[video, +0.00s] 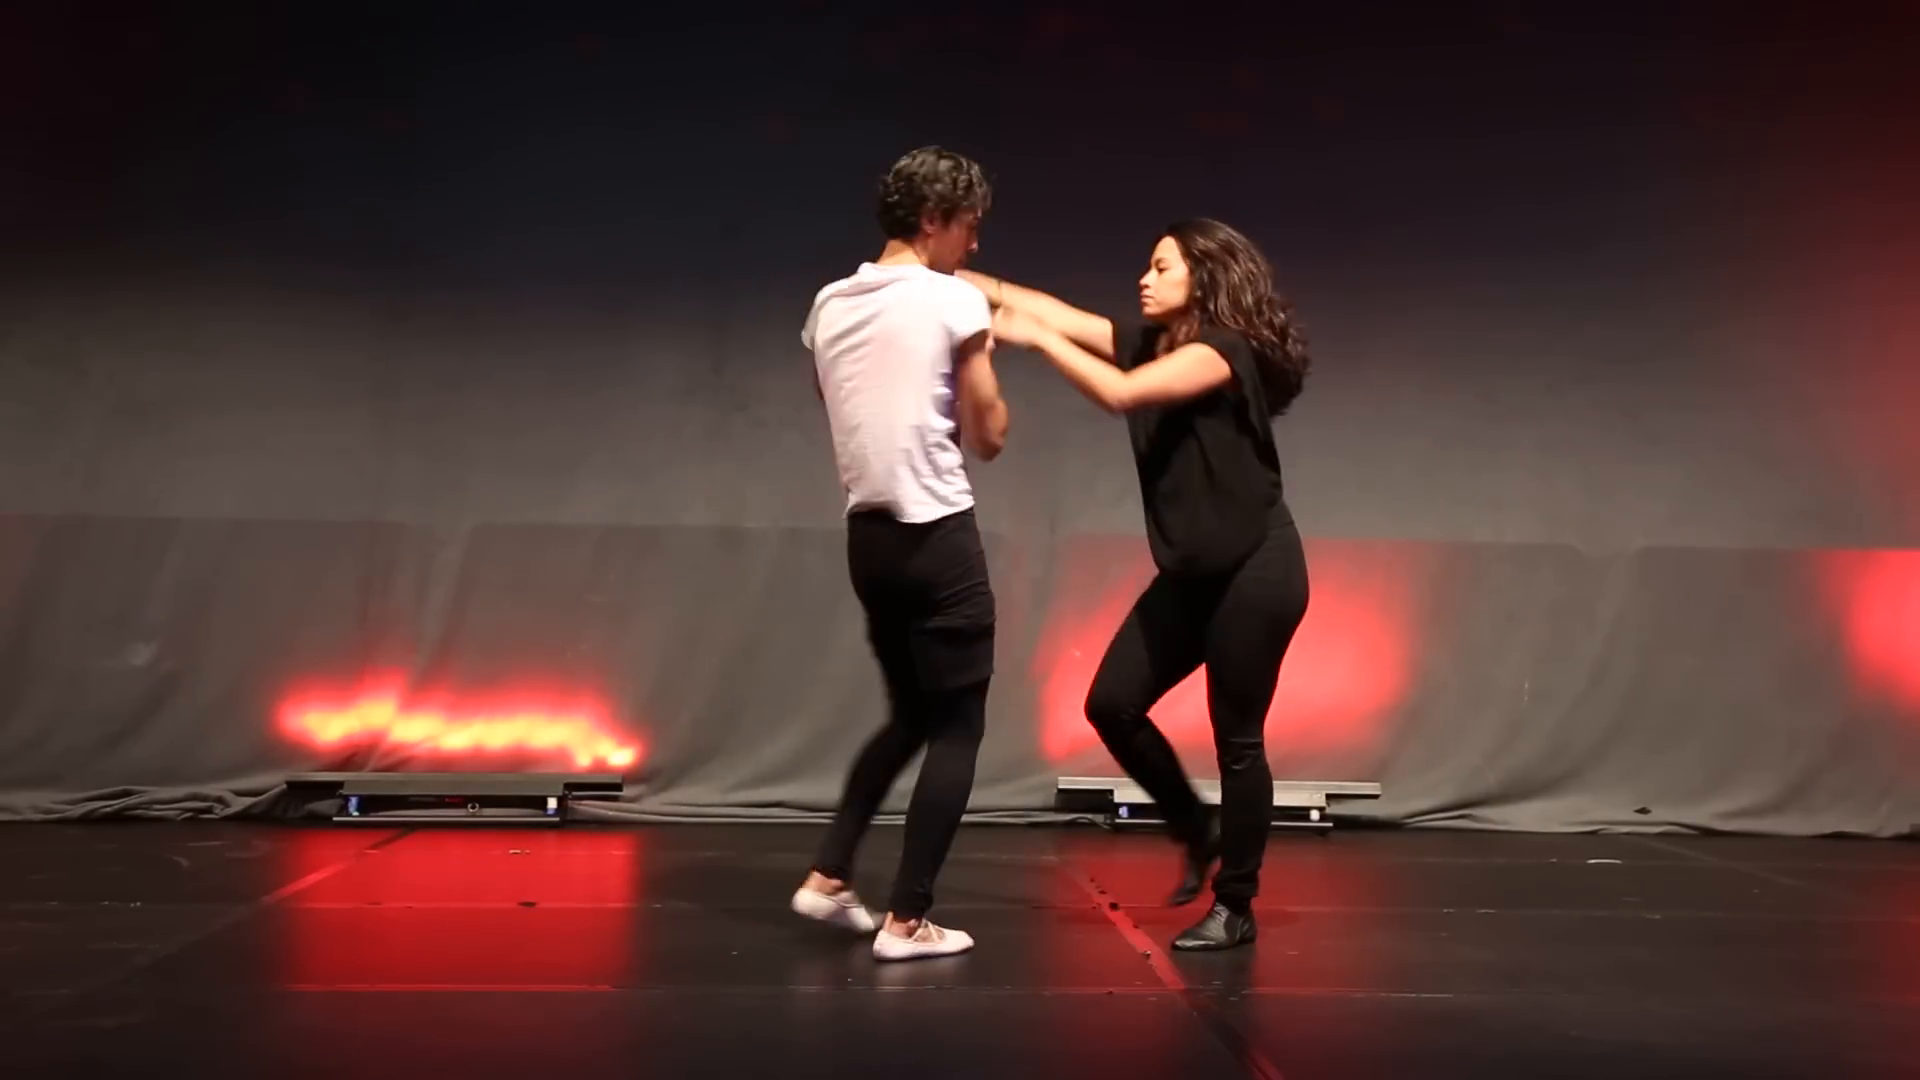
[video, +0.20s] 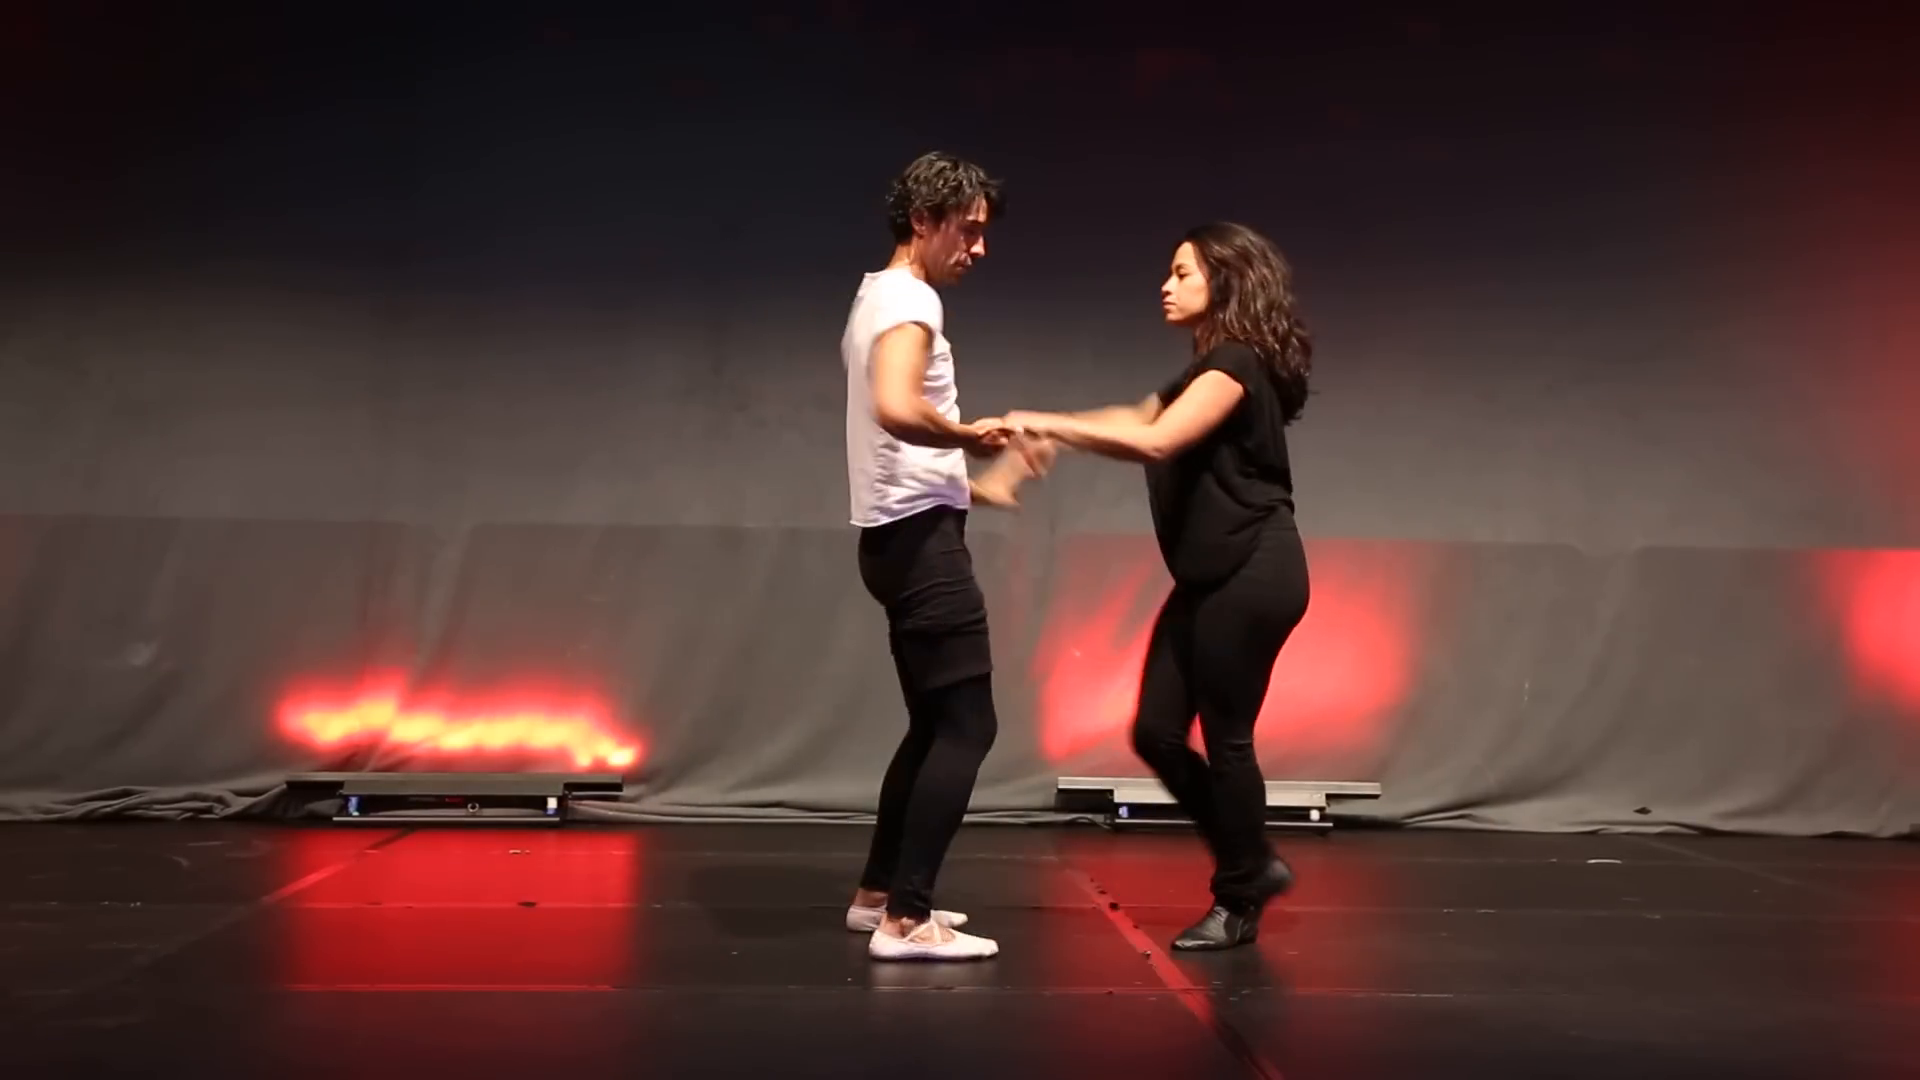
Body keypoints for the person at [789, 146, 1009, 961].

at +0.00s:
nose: (975, 246)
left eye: (977, 231)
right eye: (971, 229)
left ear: (902, 222)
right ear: (936, 221)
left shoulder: (829, 304)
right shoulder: (954, 298)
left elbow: (845, 405)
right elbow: (988, 436)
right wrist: (970, 371)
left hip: (870, 542)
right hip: (939, 539)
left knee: (909, 717)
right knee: (957, 730)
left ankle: (827, 880)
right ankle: (907, 920)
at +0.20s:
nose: (980, 248)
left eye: (983, 232)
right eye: (970, 231)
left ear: (924, 229)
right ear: (926, 224)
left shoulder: (881, 297)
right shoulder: (908, 300)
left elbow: (892, 435)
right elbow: (895, 404)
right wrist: (975, 432)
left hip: (899, 532)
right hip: (920, 531)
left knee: (935, 724)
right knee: (967, 725)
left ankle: (879, 893)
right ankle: (907, 917)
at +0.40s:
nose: (989, 257)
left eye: (993, 242)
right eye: (978, 240)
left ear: (977, 241)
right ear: (934, 231)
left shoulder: (962, 332)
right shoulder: (895, 291)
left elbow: (980, 467)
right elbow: (872, 336)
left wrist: (1061, 549)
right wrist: (1001, 318)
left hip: (943, 540)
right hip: (901, 536)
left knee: (946, 725)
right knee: (976, 719)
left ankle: (879, 892)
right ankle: (913, 911)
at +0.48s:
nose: (995, 250)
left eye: (999, 237)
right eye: (980, 236)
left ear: (994, 242)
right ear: (936, 234)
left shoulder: (976, 348)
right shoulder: (886, 291)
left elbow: (999, 469)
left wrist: (1079, 552)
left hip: (954, 547)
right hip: (898, 543)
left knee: (947, 723)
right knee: (983, 707)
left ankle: (884, 889)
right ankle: (928, 901)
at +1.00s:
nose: (1033, 238)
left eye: (1036, 223)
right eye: (1031, 221)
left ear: (982, 213)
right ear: (1000, 214)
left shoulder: (961, 293)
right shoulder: (947, 289)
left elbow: (972, 459)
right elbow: (997, 404)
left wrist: (1060, 518)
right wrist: (1029, 321)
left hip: (944, 530)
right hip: (956, 533)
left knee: (967, 724)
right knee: (1019, 728)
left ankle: (885, 898)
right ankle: (963, 934)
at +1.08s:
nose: (1028, 235)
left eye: (1030, 221)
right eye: (1028, 219)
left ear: (953, 208)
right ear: (1008, 211)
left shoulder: (907, 300)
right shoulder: (976, 289)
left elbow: (888, 442)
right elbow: (992, 415)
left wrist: (995, 466)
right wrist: (1060, 404)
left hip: (926, 538)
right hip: (978, 542)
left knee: (962, 730)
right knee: (1020, 730)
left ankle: (884, 911)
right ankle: (963, 933)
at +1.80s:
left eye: (944, 184)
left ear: (935, 191)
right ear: (1017, 192)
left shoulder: (896, 286)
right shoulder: (1064, 294)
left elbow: (862, 417)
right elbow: (1084, 440)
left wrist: (908, 368)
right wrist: (1040, 494)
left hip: (912, 532)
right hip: (1008, 538)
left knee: (893, 741)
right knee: (985, 735)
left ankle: (913, 943)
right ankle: (1054, 912)